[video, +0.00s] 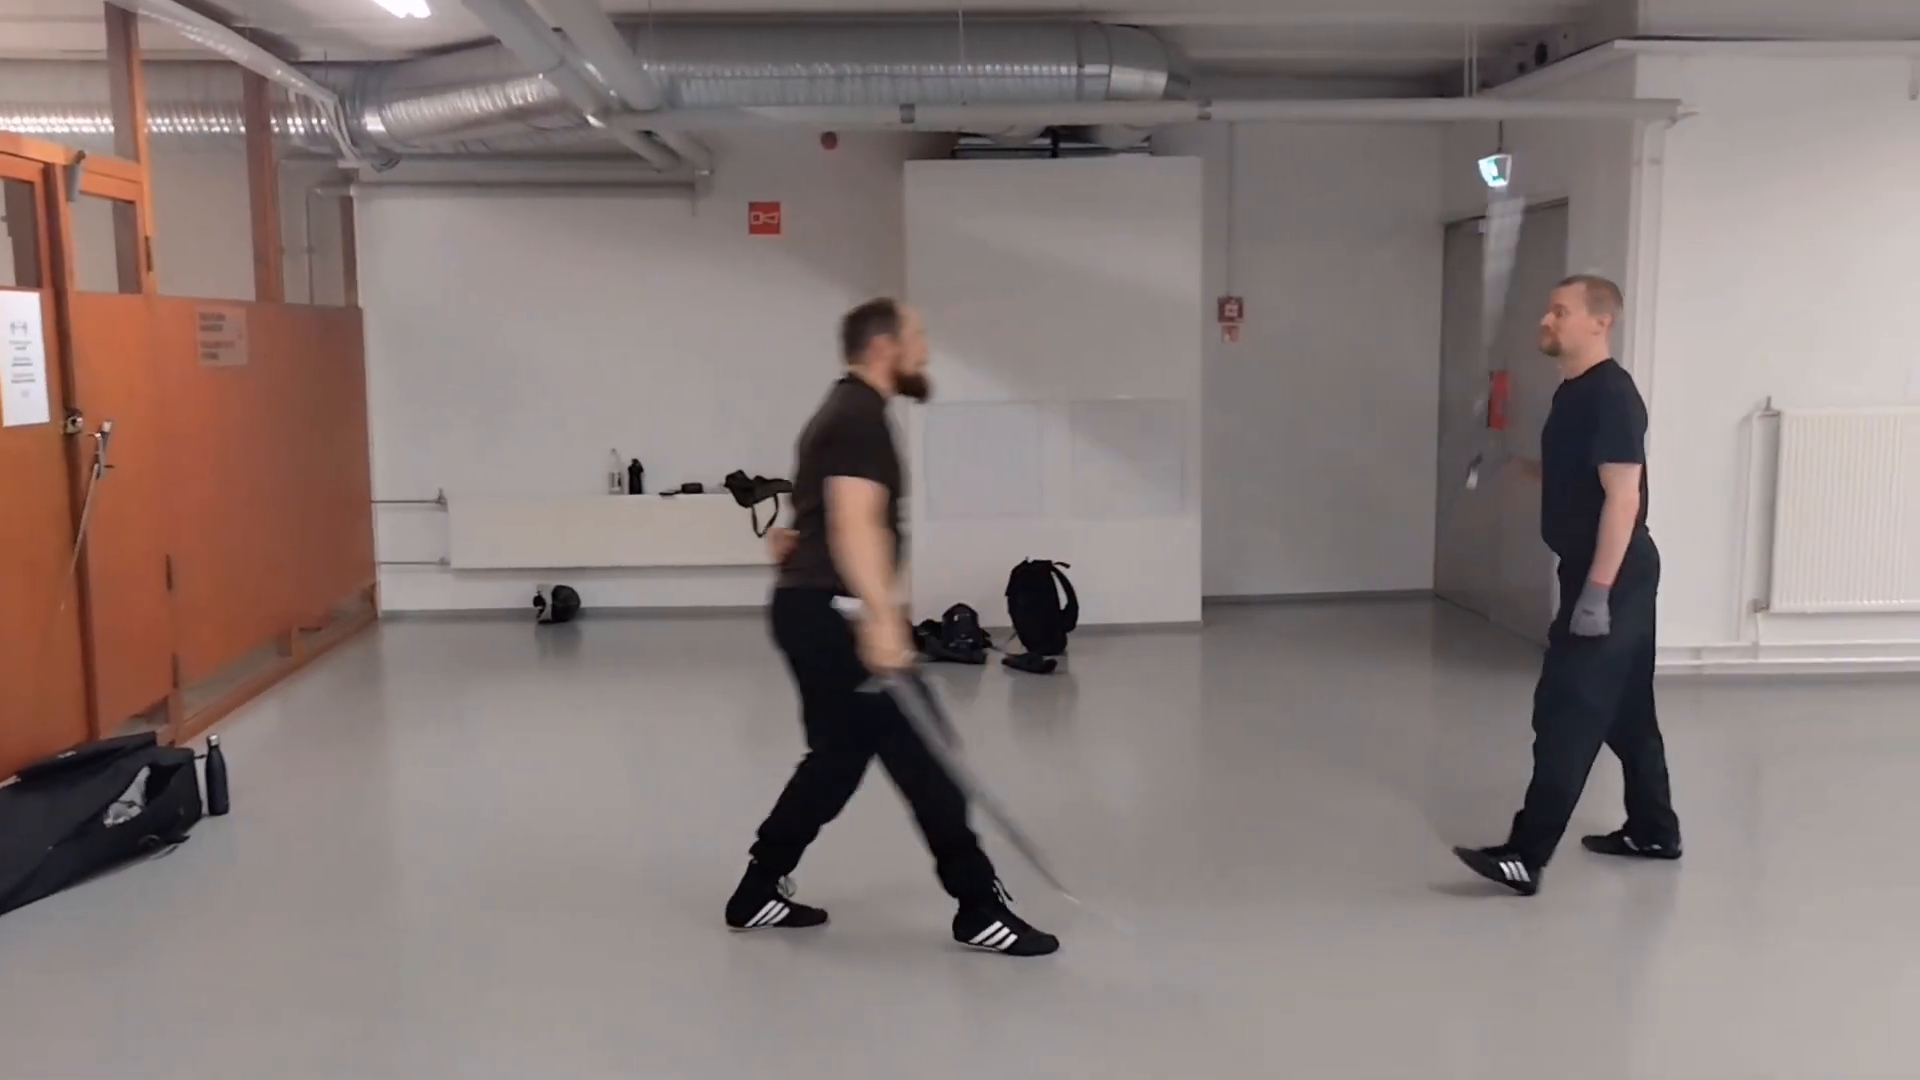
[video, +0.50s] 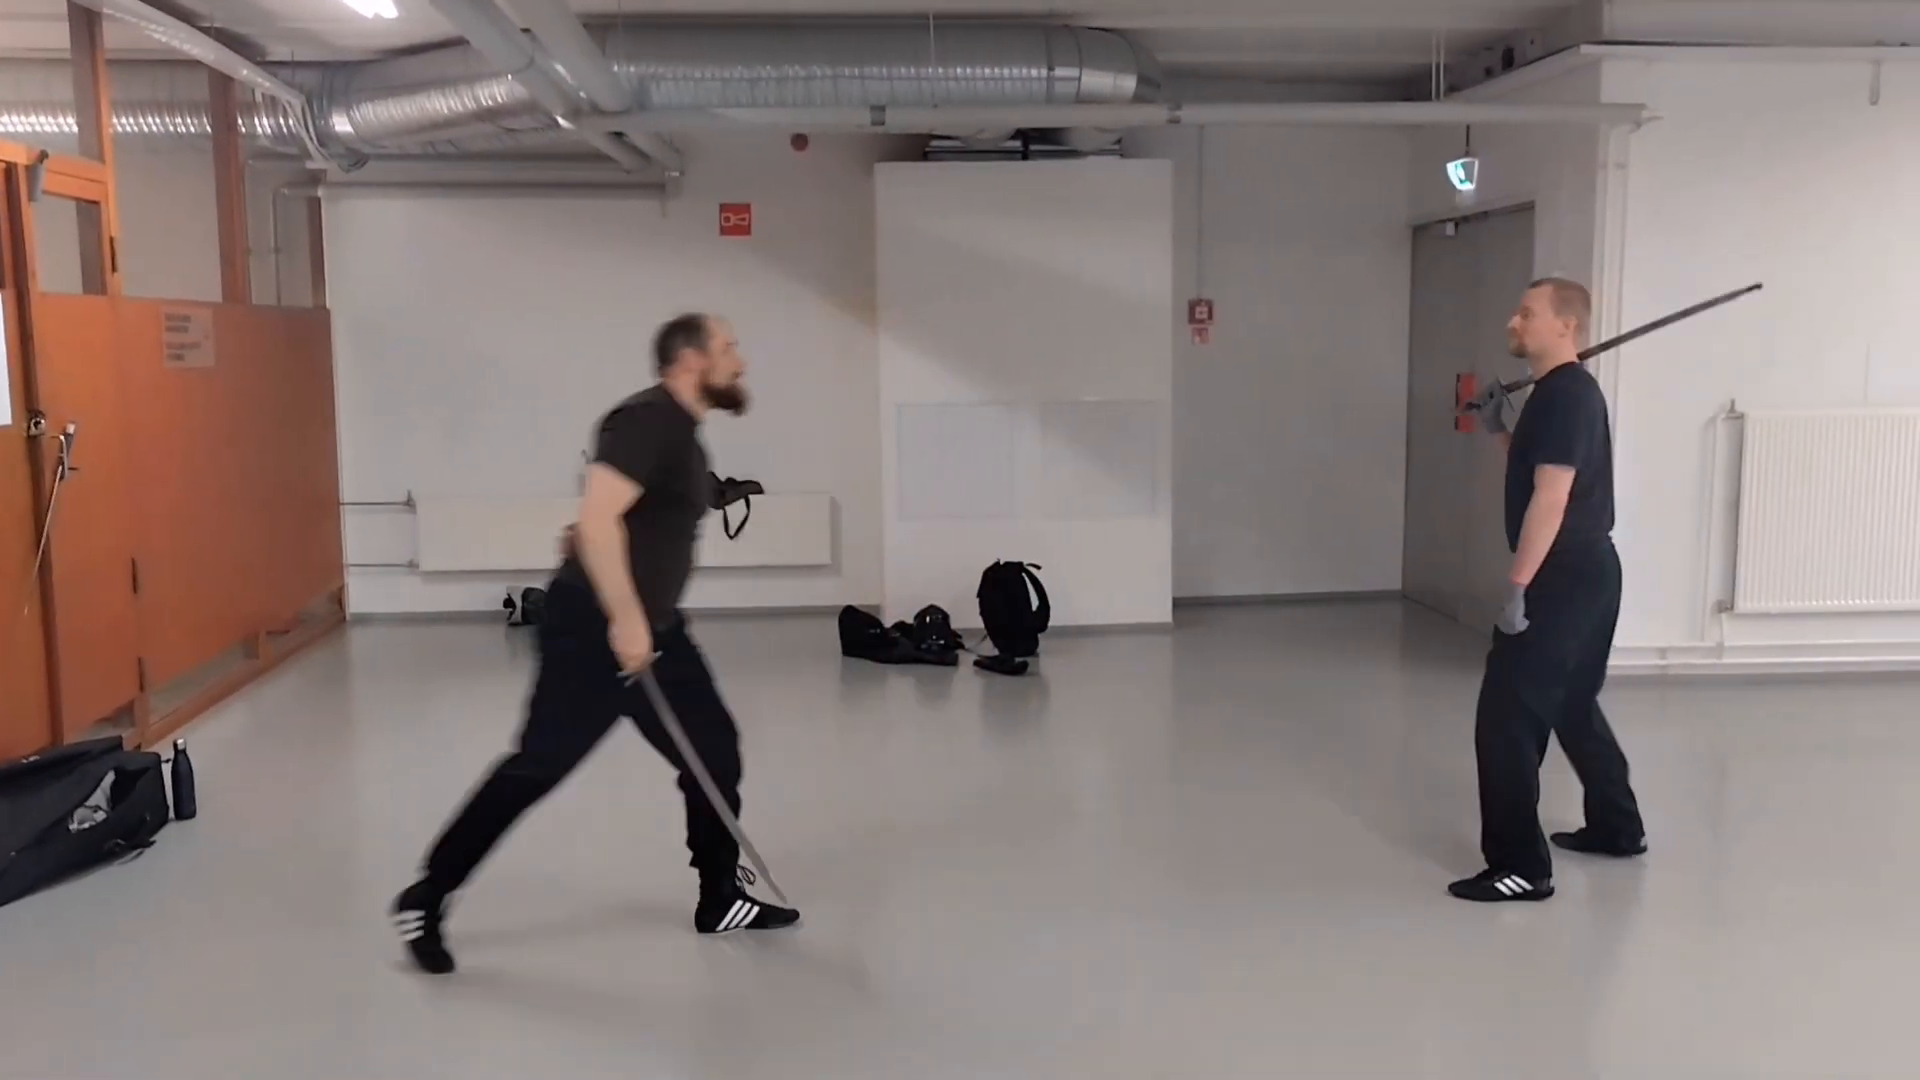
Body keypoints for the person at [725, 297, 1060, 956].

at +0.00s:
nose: (925, 350)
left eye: (922, 338)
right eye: (916, 337)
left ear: (872, 348)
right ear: (882, 346)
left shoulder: (841, 413)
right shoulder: (859, 416)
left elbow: (796, 534)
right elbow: (854, 522)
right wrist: (881, 616)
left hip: (815, 612)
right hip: (837, 612)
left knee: (839, 756)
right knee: (921, 755)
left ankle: (757, 892)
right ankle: (979, 908)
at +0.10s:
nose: (889, 353)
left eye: (886, 340)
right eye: (879, 340)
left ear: (839, 348)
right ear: (842, 347)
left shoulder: (825, 413)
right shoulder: (810, 410)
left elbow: (802, 510)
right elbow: (774, 509)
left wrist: (758, 541)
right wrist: (801, 606)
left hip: (786, 609)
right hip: (783, 611)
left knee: (815, 750)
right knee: (873, 745)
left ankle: (749, 893)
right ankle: (911, 909)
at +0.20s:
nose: (855, 350)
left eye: (852, 338)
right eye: (845, 337)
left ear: (808, 347)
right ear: (809, 346)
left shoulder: (794, 412)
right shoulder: (773, 406)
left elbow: (748, 506)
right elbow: (720, 502)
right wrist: (732, 600)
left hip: (764, 607)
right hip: (743, 609)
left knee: (804, 746)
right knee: (796, 747)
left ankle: (760, 889)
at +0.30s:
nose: (824, 350)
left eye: (820, 337)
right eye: (813, 337)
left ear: (776, 350)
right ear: (774, 347)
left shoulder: (760, 413)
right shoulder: (732, 404)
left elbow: (715, 501)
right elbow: (674, 499)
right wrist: (683, 595)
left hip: (727, 605)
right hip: (688, 603)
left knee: (763, 752)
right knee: (724, 750)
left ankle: (734, 896)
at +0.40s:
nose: (785, 353)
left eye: (781, 340)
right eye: (774, 341)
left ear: (736, 352)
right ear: (736, 352)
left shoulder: (724, 418)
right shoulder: (696, 409)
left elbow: (670, 508)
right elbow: (637, 504)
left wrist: (635, 525)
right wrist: (653, 603)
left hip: (688, 614)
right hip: (638, 613)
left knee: (738, 749)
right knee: (619, 761)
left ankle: (727, 897)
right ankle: (503, 887)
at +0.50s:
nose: (740, 362)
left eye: (736, 349)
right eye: (728, 350)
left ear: (693, 362)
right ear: (689, 361)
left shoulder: (680, 431)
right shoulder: (646, 422)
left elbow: (637, 519)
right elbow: (595, 520)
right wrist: (626, 615)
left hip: (651, 629)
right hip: (594, 630)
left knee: (713, 752)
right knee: (537, 767)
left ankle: (720, 897)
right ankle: (424, 899)